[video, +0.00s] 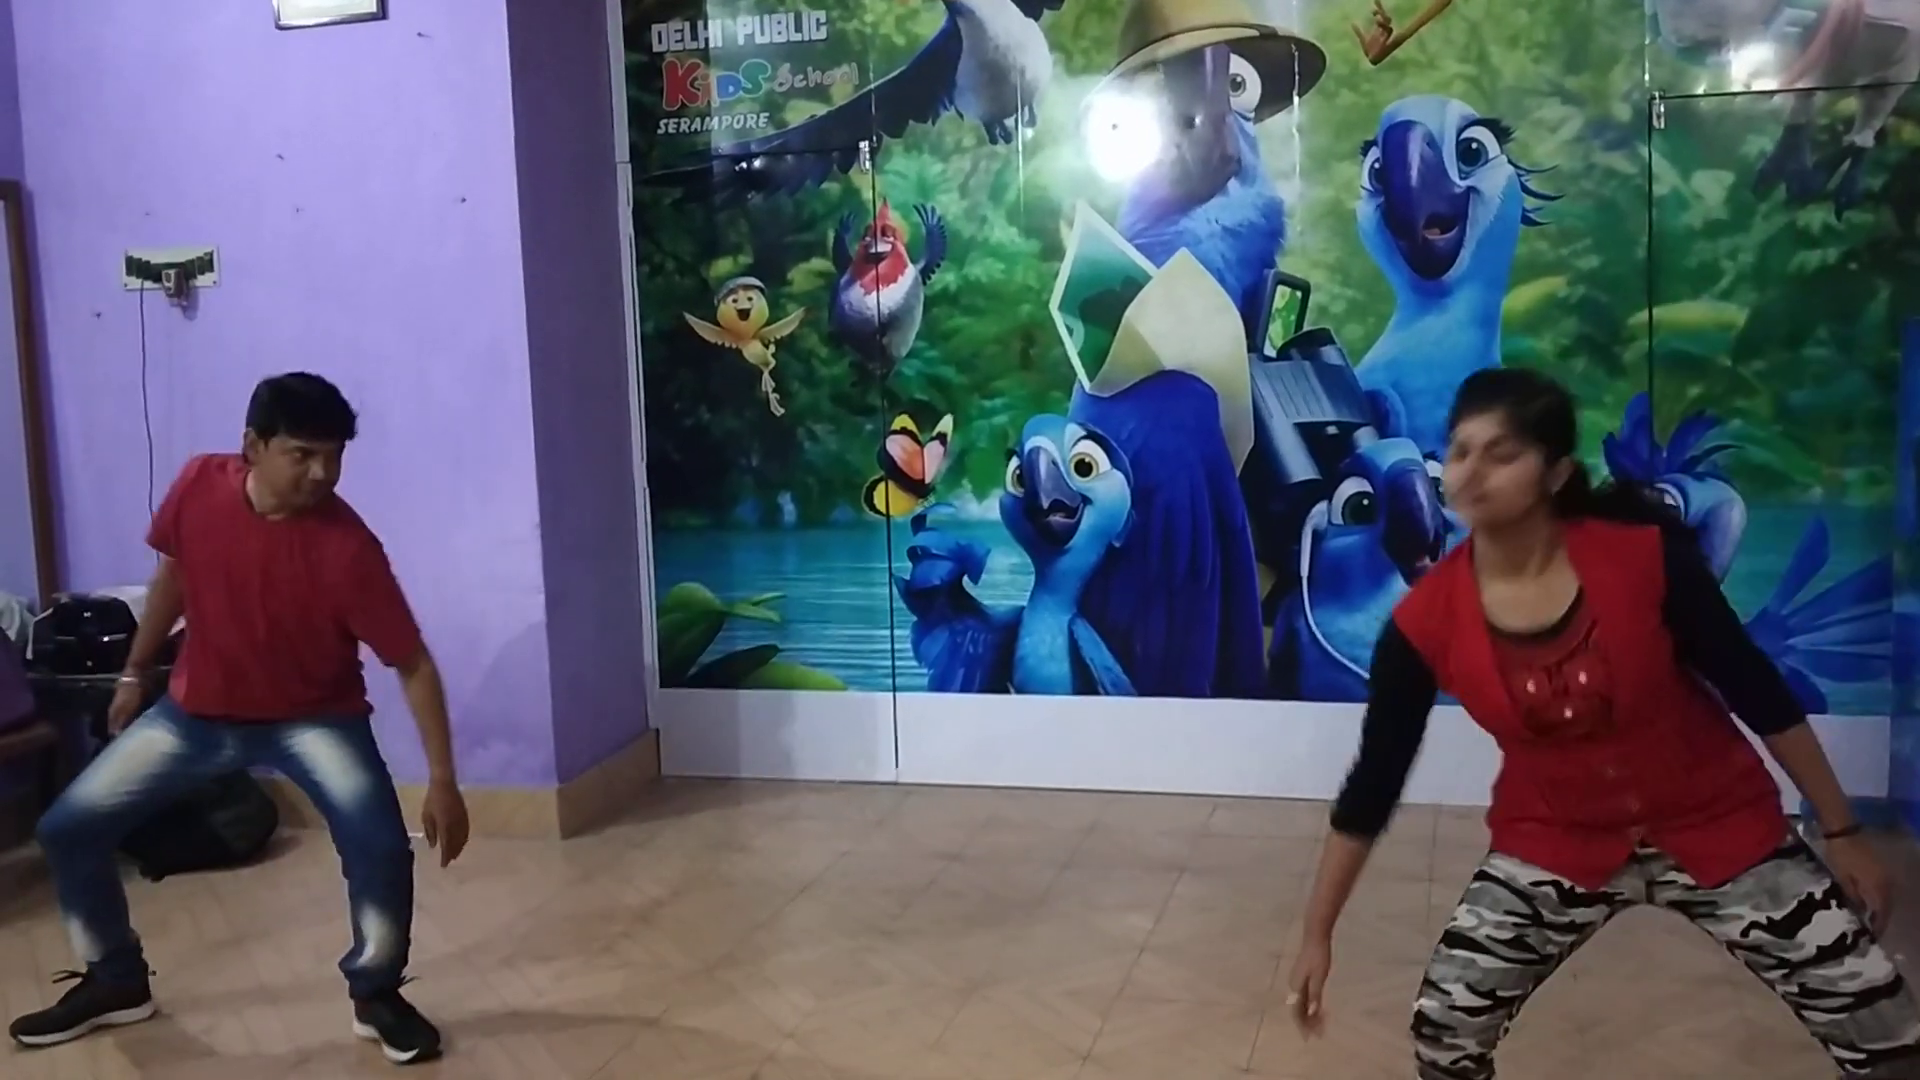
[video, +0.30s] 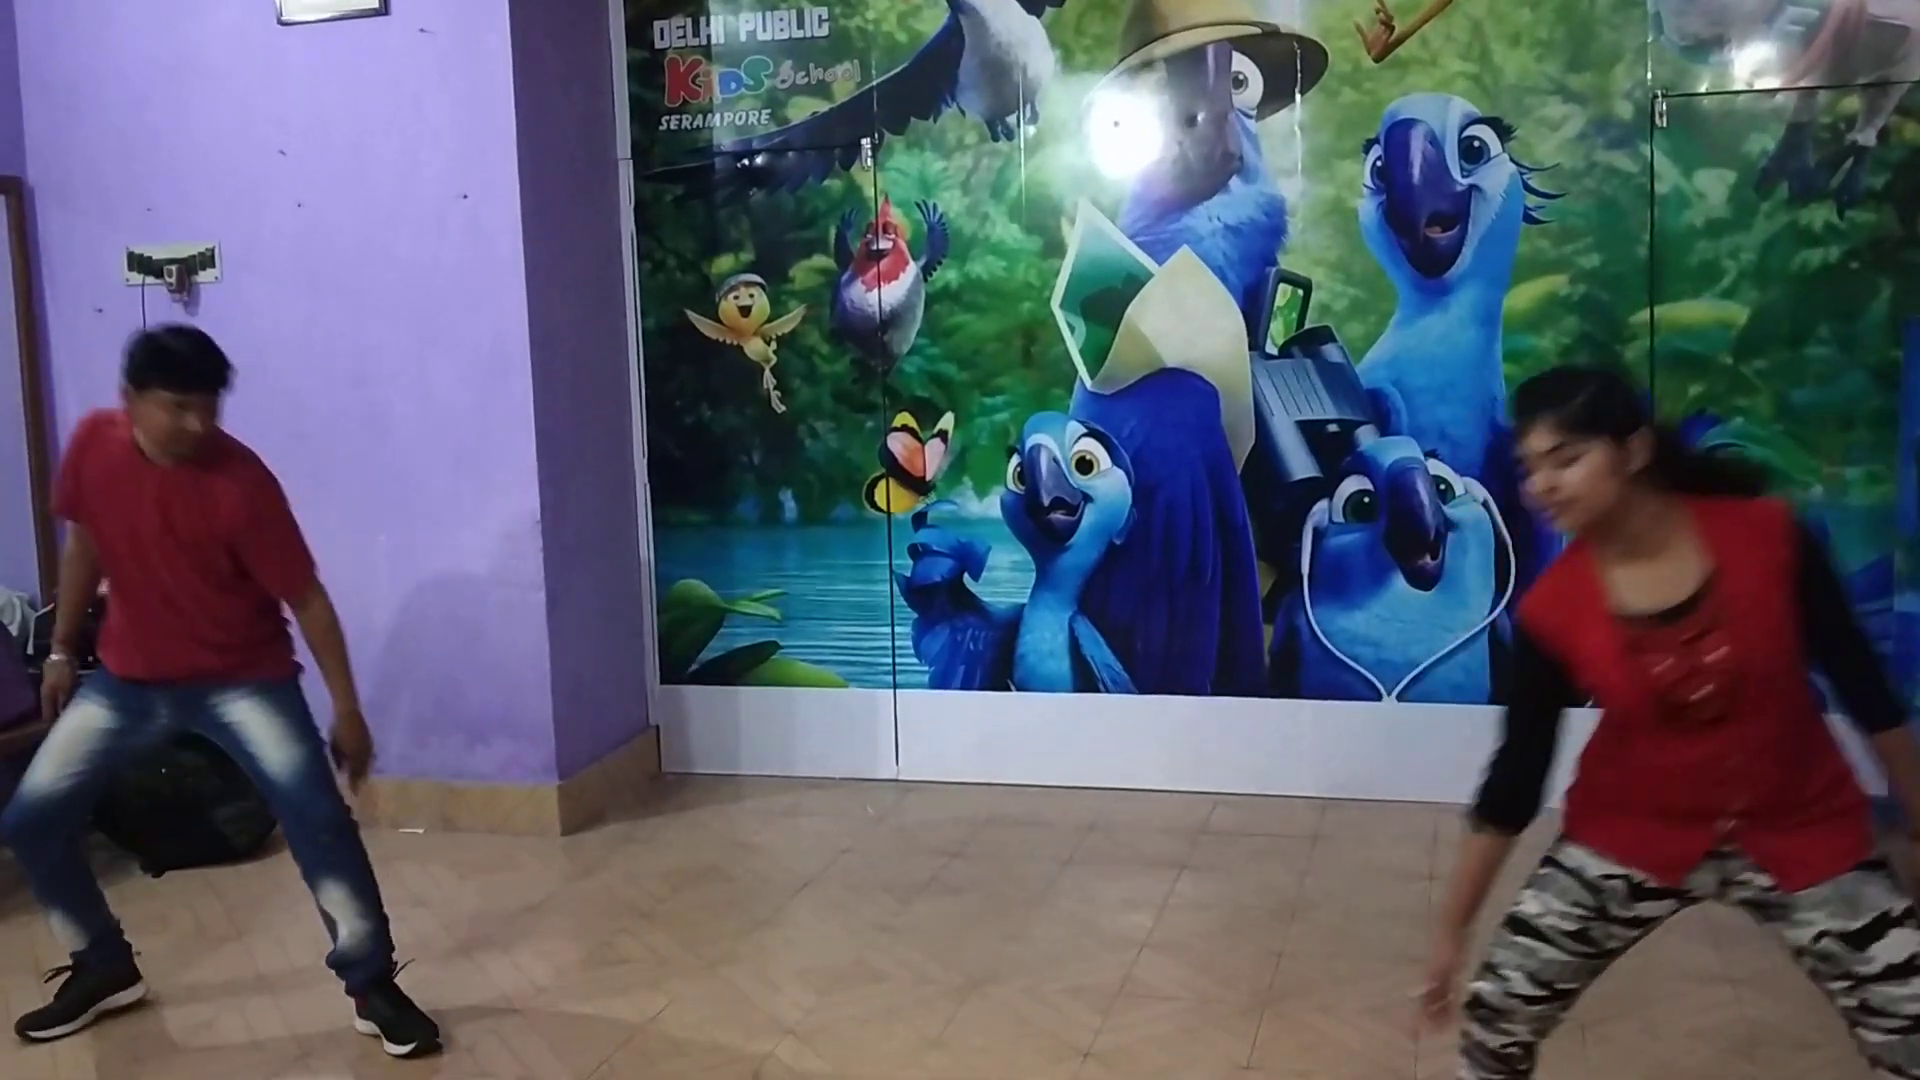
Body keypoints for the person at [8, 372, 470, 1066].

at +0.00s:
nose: (322, 474)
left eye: (333, 457)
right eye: (303, 455)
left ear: (344, 454)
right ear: (255, 446)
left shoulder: (348, 547)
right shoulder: (202, 485)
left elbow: (415, 666)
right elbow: (171, 578)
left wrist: (443, 782)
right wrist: (133, 674)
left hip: (315, 720)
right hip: (197, 712)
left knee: (378, 837)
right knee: (68, 828)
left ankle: (378, 991)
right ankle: (116, 978)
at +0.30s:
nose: (199, 423)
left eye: (209, 406)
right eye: (179, 406)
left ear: (221, 401)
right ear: (134, 400)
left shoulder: (243, 482)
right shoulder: (98, 443)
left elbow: (308, 599)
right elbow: (82, 544)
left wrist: (349, 712)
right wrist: (63, 650)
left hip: (244, 681)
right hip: (127, 680)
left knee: (312, 804)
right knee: (32, 818)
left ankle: (374, 985)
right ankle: (105, 964)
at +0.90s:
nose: (167, 326)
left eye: (178, 311)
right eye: (148, 312)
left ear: (190, 317)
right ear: (105, 321)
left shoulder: (237, 416)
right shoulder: (72, 412)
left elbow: (290, 534)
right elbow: (53, 523)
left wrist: (327, 649)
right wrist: (50, 642)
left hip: (240, 659)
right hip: (123, 662)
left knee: (294, 808)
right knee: (97, 814)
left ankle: (322, 990)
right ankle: (100, 962)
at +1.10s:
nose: (276, 319)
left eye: (285, 304)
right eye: (256, 305)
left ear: (298, 310)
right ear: (209, 312)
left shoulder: (342, 410)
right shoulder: (164, 406)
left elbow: (373, 532)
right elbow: (130, 520)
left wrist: (394, 647)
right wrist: (106, 644)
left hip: (323, 662)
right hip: (205, 663)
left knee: (351, 827)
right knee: (171, 835)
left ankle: (329, 993)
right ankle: (110, 960)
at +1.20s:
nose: (336, 316)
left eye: (343, 301)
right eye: (316, 302)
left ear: (354, 307)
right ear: (265, 309)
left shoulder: (394, 409)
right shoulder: (214, 404)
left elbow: (423, 532)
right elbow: (174, 518)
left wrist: (443, 647)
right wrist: (145, 644)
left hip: (365, 665)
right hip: (247, 662)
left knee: (374, 844)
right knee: (250, 836)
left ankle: (333, 987)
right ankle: (222, 992)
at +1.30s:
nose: (392, 317)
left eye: (400, 302)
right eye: (372, 303)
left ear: (410, 308)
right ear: (320, 309)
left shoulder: (446, 413)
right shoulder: (267, 405)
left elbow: (474, 537)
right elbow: (218, 526)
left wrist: (505, 653)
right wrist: (183, 657)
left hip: (412, 671)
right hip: (302, 665)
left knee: (407, 865)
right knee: (351, 815)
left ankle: (334, 973)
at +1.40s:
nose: (456, 317)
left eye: (463, 301)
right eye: (436, 301)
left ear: (472, 306)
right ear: (379, 307)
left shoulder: (502, 414)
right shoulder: (321, 409)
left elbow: (543, 539)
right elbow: (262, 536)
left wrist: (586, 651)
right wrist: (213, 666)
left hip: (464, 678)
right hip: (359, 672)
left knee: (443, 867)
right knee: (439, 859)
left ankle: (347, 971)